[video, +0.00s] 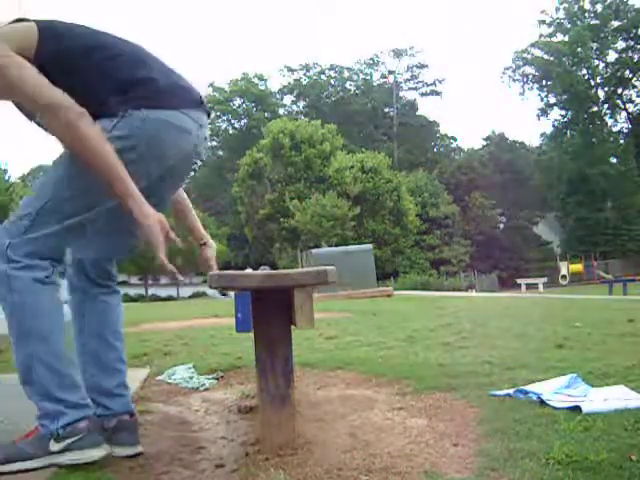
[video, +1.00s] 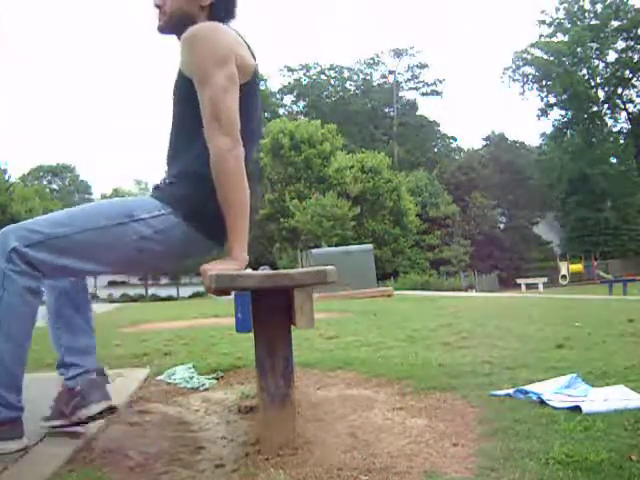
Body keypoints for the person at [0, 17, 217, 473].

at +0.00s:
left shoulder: (8, 51)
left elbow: (64, 113)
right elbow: (147, 151)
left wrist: (139, 208)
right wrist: (200, 235)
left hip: (145, 122)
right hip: (192, 127)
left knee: (21, 250)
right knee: (91, 267)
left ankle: (65, 421)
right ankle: (114, 414)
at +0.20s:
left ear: (3, 66)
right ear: (10, 64)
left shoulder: (30, 75)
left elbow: (120, 137)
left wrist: (190, 227)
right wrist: (204, 241)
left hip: (178, 151)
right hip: (212, 158)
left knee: (29, 250)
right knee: (87, 272)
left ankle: (66, 423)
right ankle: (111, 415)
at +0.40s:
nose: (25, 72)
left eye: (28, 54)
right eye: (14, 67)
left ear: (59, 38)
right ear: (13, 74)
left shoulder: (89, 65)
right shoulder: (94, 77)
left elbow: (162, 155)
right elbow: (159, 158)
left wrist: (219, 249)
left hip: (206, 182)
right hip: (222, 189)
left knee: (39, 248)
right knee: (85, 276)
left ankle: (66, 422)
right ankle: (111, 415)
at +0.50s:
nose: (63, 52)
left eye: (66, 34)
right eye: (51, 47)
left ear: (98, 21)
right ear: (49, 53)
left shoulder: (125, 54)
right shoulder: (126, 62)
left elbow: (181, 149)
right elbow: (183, 151)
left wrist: (228, 252)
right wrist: (226, 243)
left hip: (204, 200)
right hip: (220, 206)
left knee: (41, 241)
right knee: (83, 275)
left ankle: (62, 417)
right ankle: (110, 414)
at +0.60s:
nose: (99, 32)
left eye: (106, 15)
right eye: (88, 25)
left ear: (139, 8)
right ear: (83, 29)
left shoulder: (159, 46)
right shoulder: (163, 52)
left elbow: (201, 145)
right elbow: (200, 151)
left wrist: (233, 252)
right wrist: (228, 248)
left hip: (203, 208)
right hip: (211, 213)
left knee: (37, 230)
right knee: (77, 275)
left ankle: (50, 407)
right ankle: (112, 414)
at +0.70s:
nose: (129, 20)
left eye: (136, 8)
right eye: (122, 12)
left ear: (169, 3)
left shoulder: (183, 42)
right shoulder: (193, 45)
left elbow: (215, 143)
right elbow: (218, 147)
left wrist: (237, 251)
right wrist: (226, 249)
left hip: (198, 213)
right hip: (206, 219)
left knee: (31, 233)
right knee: (76, 274)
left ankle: (23, 405)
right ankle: (109, 409)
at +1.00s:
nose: (158, 1)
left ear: (202, 1)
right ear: (206, 5)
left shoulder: (208, 38)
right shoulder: (224, 42)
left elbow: (227, 144)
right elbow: (231, 149)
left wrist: (237, 254)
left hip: (176, 219)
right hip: (187, 223)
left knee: (16, 247)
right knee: (55, 252)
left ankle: (6, 417)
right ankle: (83, 383)